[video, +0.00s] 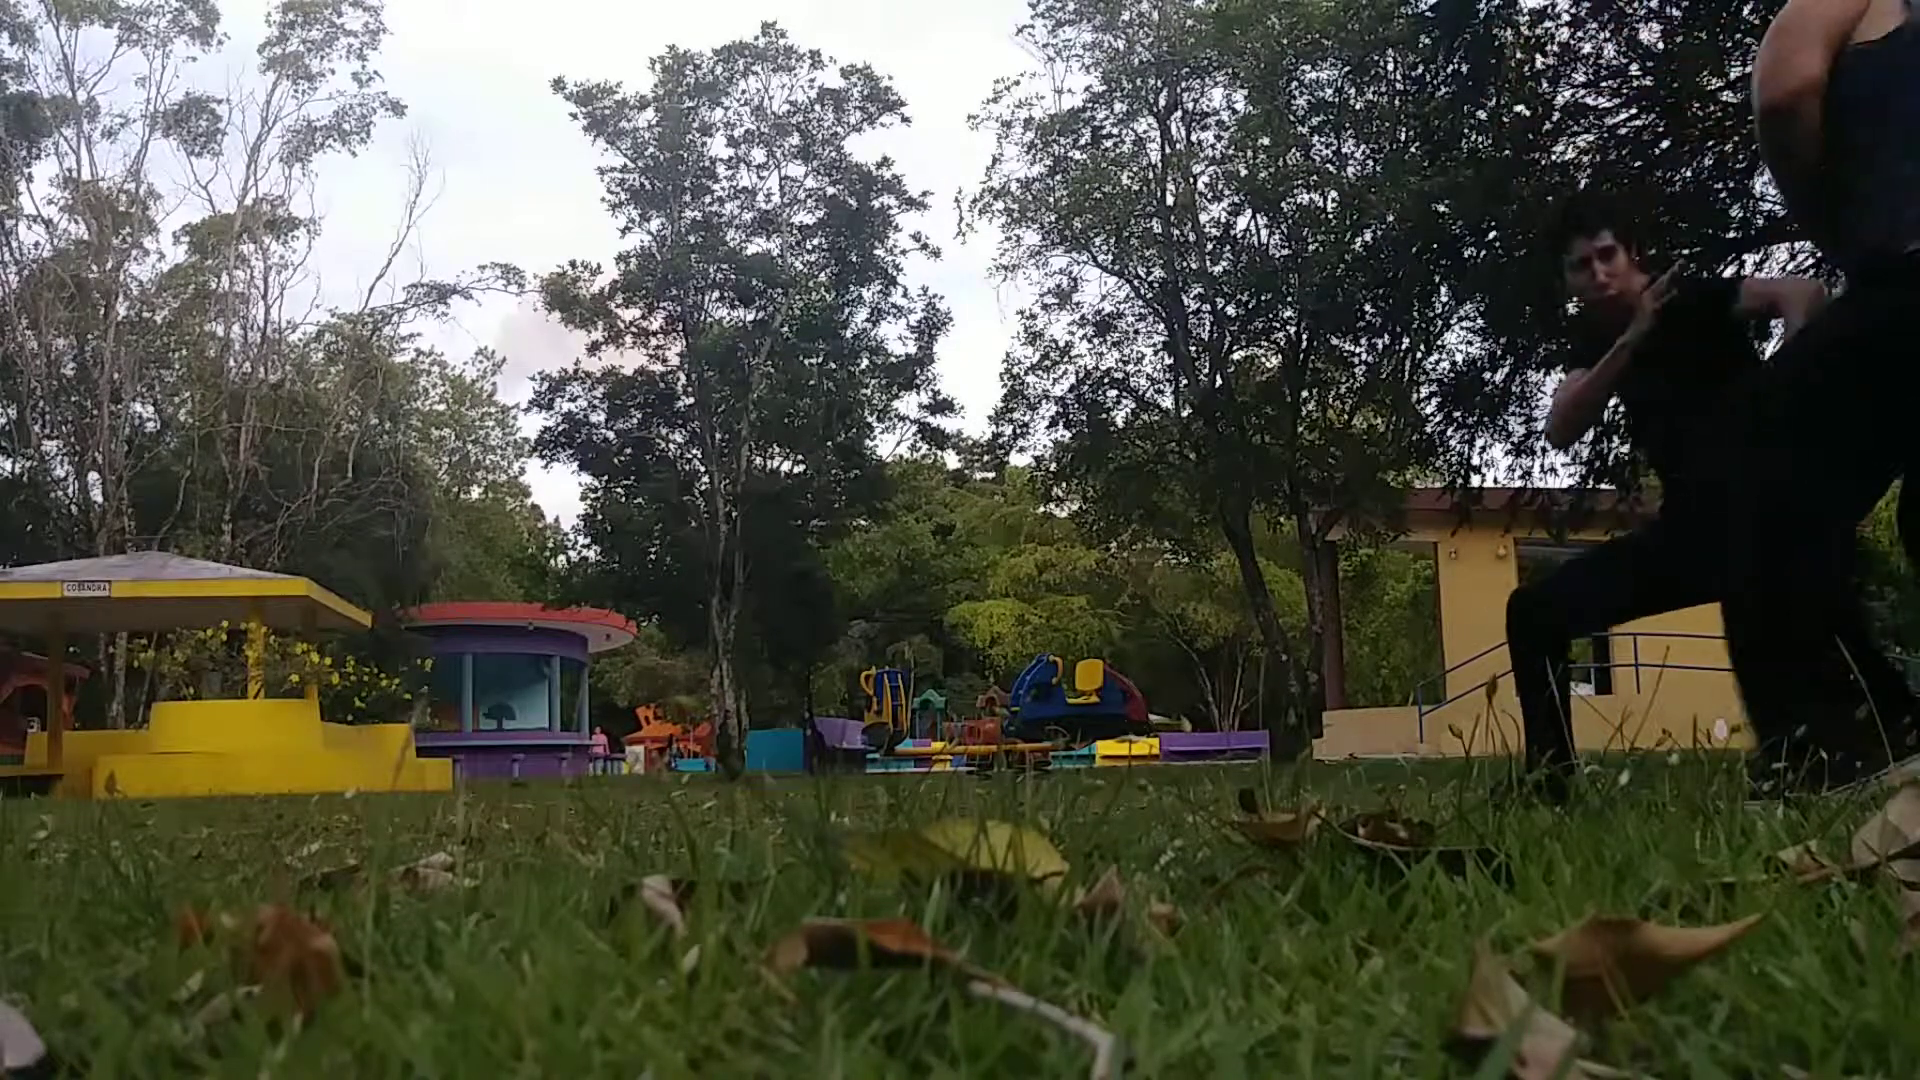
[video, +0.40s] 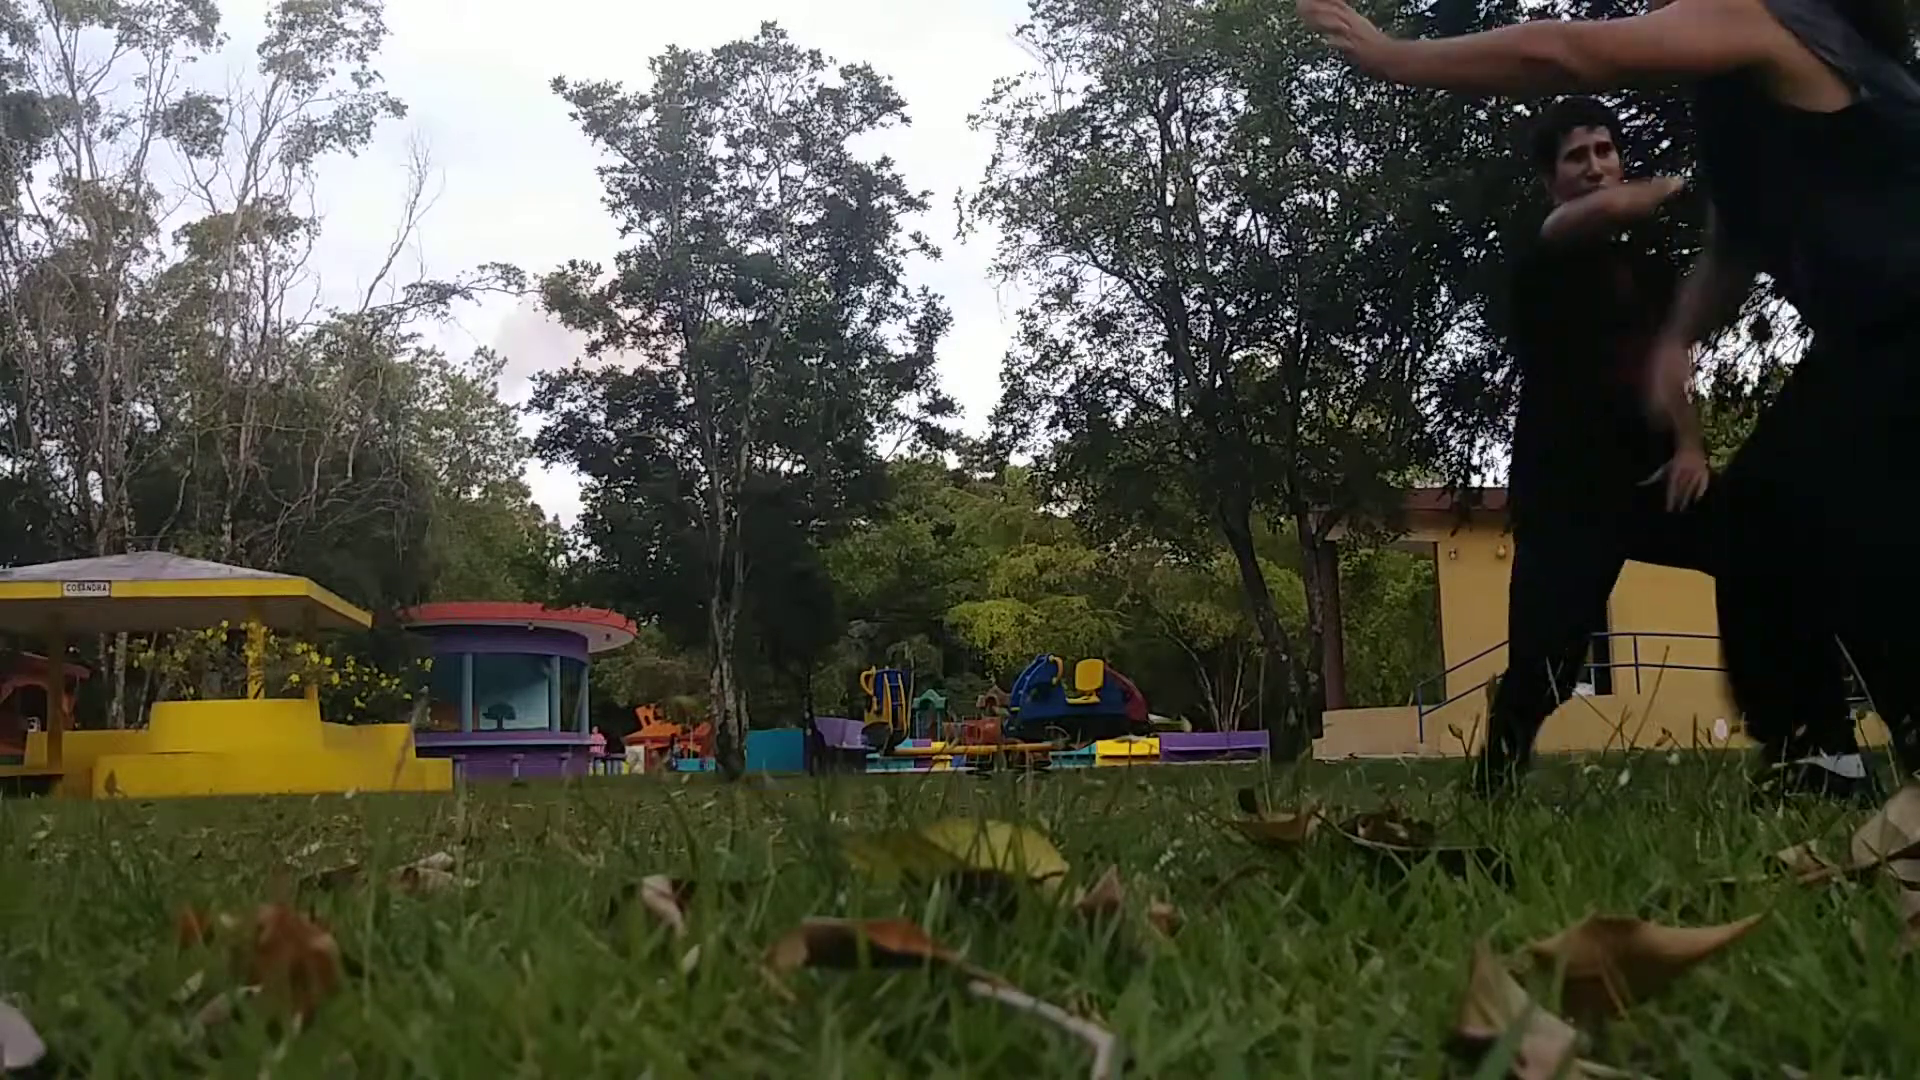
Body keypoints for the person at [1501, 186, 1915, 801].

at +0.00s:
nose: (1599, 276)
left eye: (1607, 258)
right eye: (1582, 268)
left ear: (1636, 260)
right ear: (1570, 287)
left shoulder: (1691, 301)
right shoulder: (1602, 353)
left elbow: (1803, 294)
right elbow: (1560, 429)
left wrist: (1786, 385)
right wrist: (1633, 338)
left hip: (1773, 526)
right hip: (1690, 537)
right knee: (1536, 609)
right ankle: (1551, 775)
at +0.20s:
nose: (1581, 234)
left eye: (1590, 220)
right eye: (1564, 228)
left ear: (1612, 231)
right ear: (1545, 252)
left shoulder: (1666, 294)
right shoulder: (1547, 331)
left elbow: (1767, 332)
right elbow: (1503, 406)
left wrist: (1824, 400)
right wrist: (1595, 331)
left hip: (1729, 522)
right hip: (1628, 536)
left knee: (1832, 633)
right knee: (1499, 644)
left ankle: (1905, 745)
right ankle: (1544, 782)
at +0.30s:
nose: (1586, 190)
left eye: (1594, 177)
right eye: (1568, 183)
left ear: (1610, 187)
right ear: (1543, 203)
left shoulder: (1663, 261)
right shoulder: (1533, 285)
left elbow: (1740, 356)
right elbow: (1525, 313)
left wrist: (1738, 449)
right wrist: (1624, 258)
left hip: (1680, 495)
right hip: (1582, 508)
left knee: (1808, 567)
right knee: (1515, 663)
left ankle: (1874, 736)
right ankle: (1543, 786)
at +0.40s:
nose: (1595, 164)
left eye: (1605, 150)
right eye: (1576, 156)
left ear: (1626, 163)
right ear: (1548, 179)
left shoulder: (1649, 266)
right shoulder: (1532, 259)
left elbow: (1671, 359)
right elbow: (1579, 220)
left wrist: (1691, 444)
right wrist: (1679, 191)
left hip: (1645, 479)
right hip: (1561, 486)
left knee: (1766, 539)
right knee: (1545, 658)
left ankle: (1814, 748)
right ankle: (1493, 784)